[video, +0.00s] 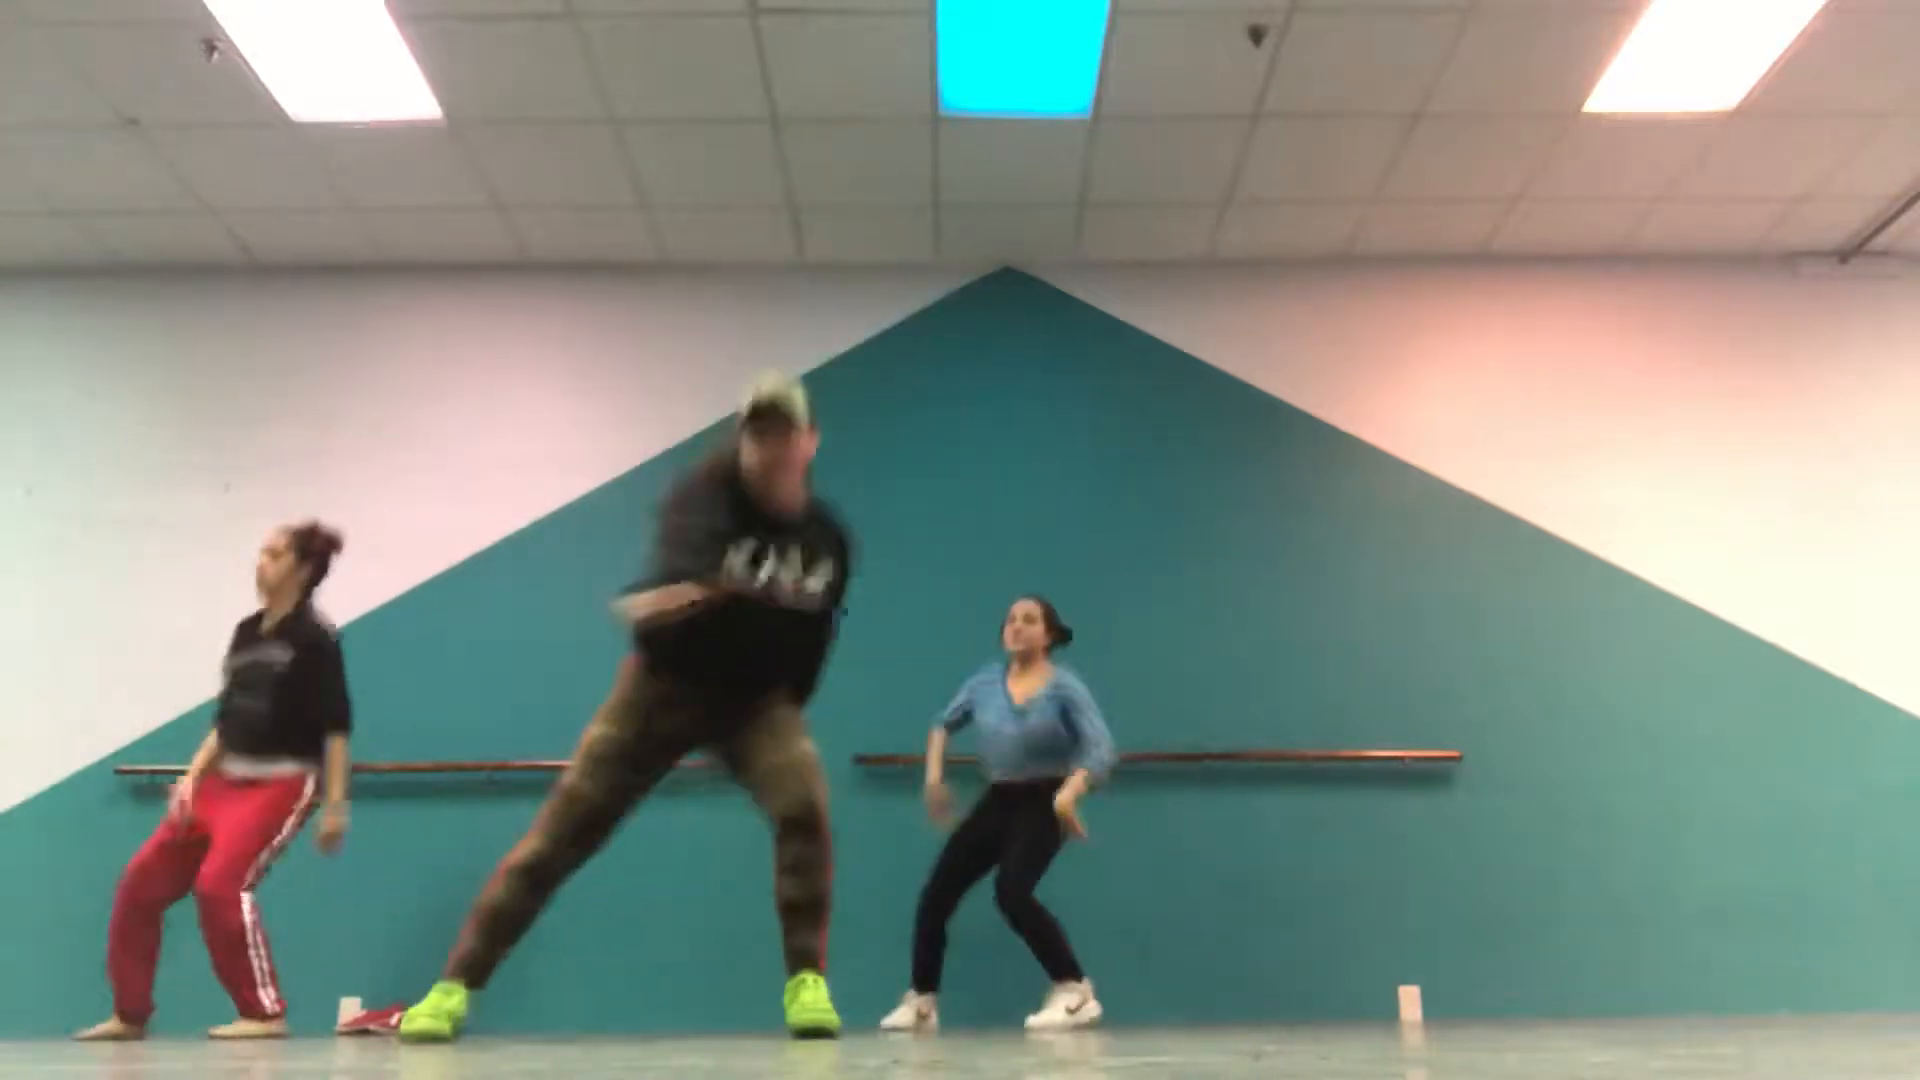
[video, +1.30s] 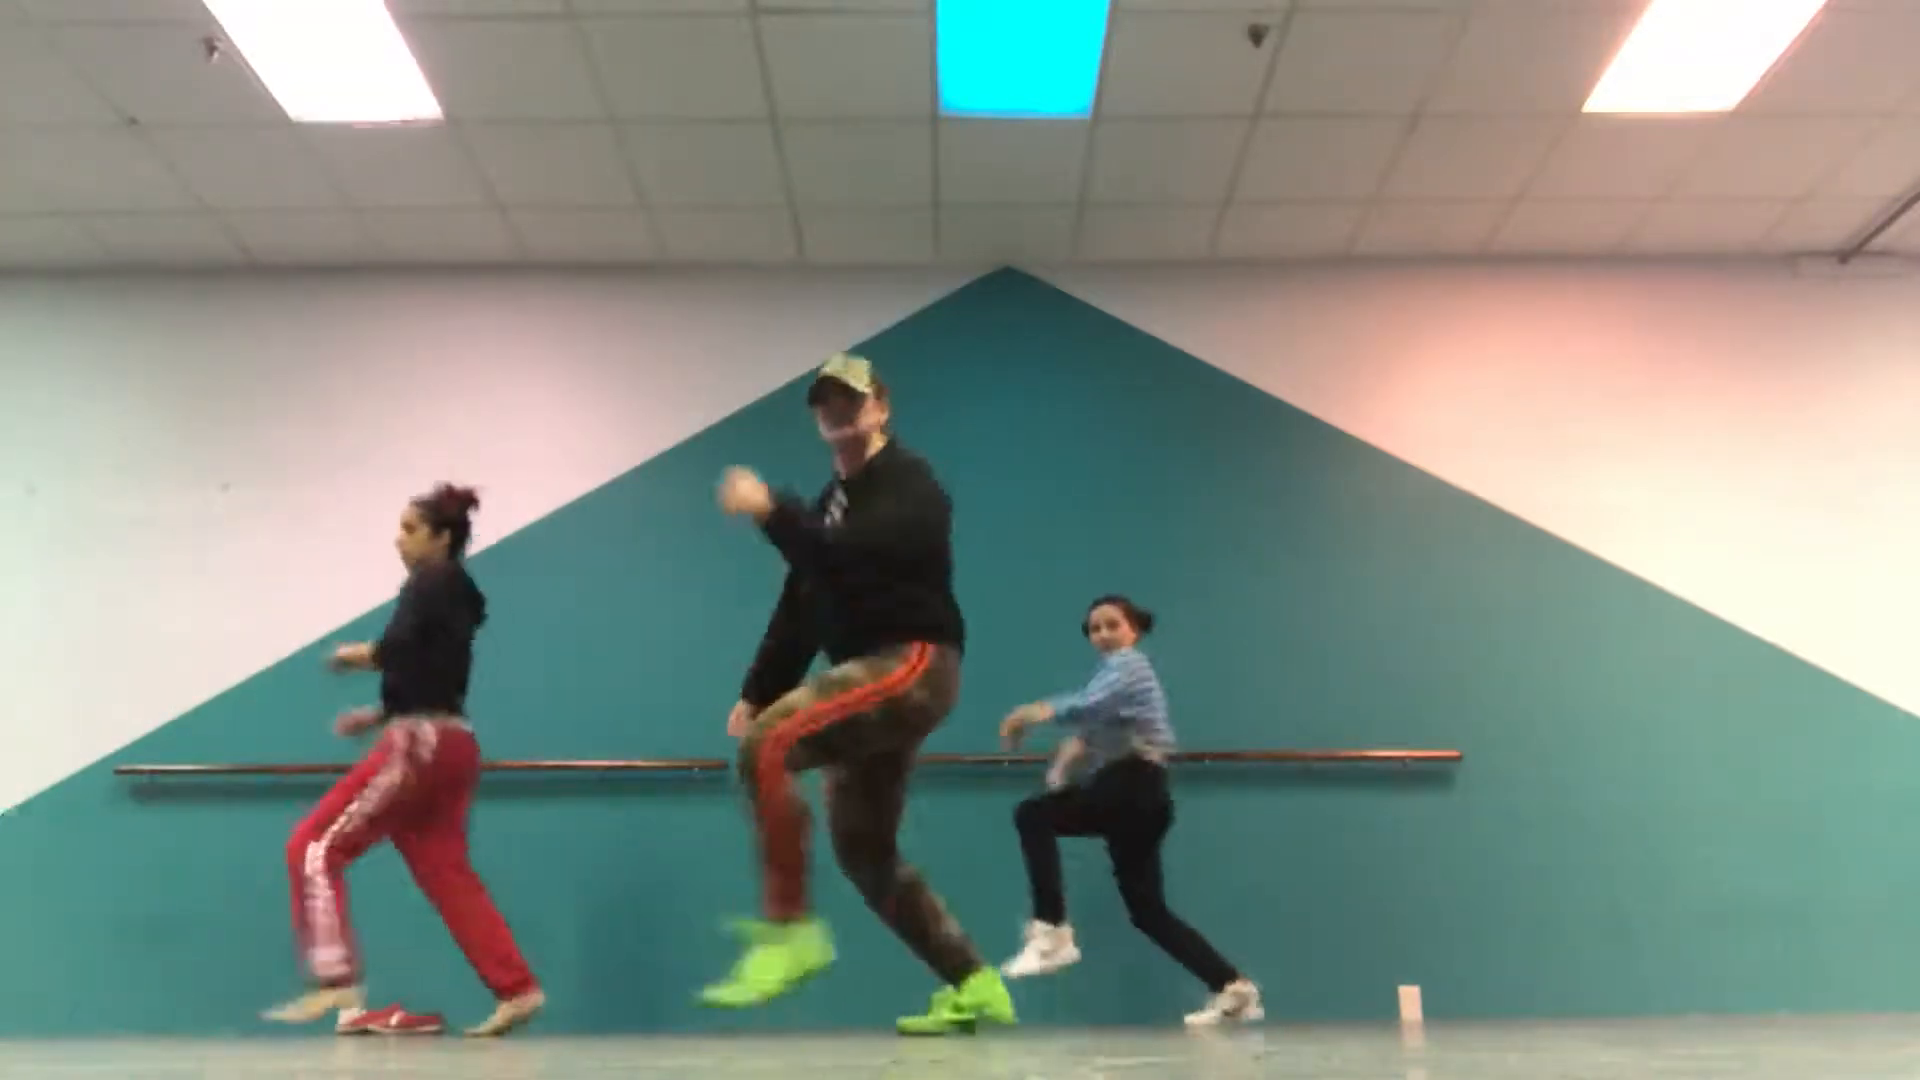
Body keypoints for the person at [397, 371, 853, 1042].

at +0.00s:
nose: (767, 451)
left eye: (782, 436)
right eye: (756, 436)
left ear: (810, 444)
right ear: (738, 442)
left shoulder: (828, 537)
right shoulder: (703, 497)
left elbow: (818, 634)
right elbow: (654, 602)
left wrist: (793, 704)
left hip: (758, 703)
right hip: (663, 688)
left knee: (803, 811)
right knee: (559, 836)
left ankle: (807, 983)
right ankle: (455, 988)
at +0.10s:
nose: (788, 396)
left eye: (797, 382)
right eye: (775, 384)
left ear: (817, 385)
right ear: (754, 390)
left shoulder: (852, 480)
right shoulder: (712, 459)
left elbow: (866, 587)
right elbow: (650, 544)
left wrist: (843, 670)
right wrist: (601, 637)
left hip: (801, 664)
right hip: (707, 656)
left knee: (814, 813)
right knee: (637, 806)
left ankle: (809, 980)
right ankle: (553, 979)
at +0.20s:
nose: (786, 368)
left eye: (798, 354)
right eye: (774, 357)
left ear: (822, 360)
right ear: (757, 367)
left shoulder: (859, 447)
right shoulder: (719, 446)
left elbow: (886, 555)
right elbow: (686, 547)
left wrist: (875, 654)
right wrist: (680, 646)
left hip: (825, 635)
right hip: (736, 632)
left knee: (810, 807)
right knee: (708, 800)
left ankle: (808, 978)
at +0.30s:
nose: (795, 376)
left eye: (806, 360)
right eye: (783, 365)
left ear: (830, 363)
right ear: (767, 375)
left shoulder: (867, 437)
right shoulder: (748, 448)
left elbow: (908, 537)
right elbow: (721, 548)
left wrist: (903, 641)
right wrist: (730, 645)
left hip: (835, 608)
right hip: (756, 614)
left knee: (812, 783)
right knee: (762, 792)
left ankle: (822, 975)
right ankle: (775, 971)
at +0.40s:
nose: (814, 389)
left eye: (822, 373)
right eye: (800, 381)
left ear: (844, 371)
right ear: (781, 389)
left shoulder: (870, 435)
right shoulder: (770, 453)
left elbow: (930, 509)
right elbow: (745, 549)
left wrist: (916, 612)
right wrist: (750, 638)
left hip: (840, 601)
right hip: (779, 609)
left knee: (805, 770)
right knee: (787, 789)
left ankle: (831, 964)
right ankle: (878, 950)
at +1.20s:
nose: (833, 419)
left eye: (847, 405)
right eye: (823, 410)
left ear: (881, 407)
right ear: (817, 422)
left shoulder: (924, 479)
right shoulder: (835, 500)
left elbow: (923, 562)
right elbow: (804, 598)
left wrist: (831, 573)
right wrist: (755, 679)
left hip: (903, 664)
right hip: (862, 667)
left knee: (751, 746)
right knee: (860, 846)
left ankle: (744, 937)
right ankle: (969, 976)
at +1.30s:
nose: (836, 416)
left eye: (849, 403)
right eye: (826, 407)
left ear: (880, 409)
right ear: (816, 419)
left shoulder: (910, 482)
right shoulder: (829, 504)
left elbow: (854, 550)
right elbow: (799, 606)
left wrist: (771, 510)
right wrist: (759, 695)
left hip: (916, 663)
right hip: (863, 669)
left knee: (769, 742)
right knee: (864, 852)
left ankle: (787, 929)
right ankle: (973, 982)